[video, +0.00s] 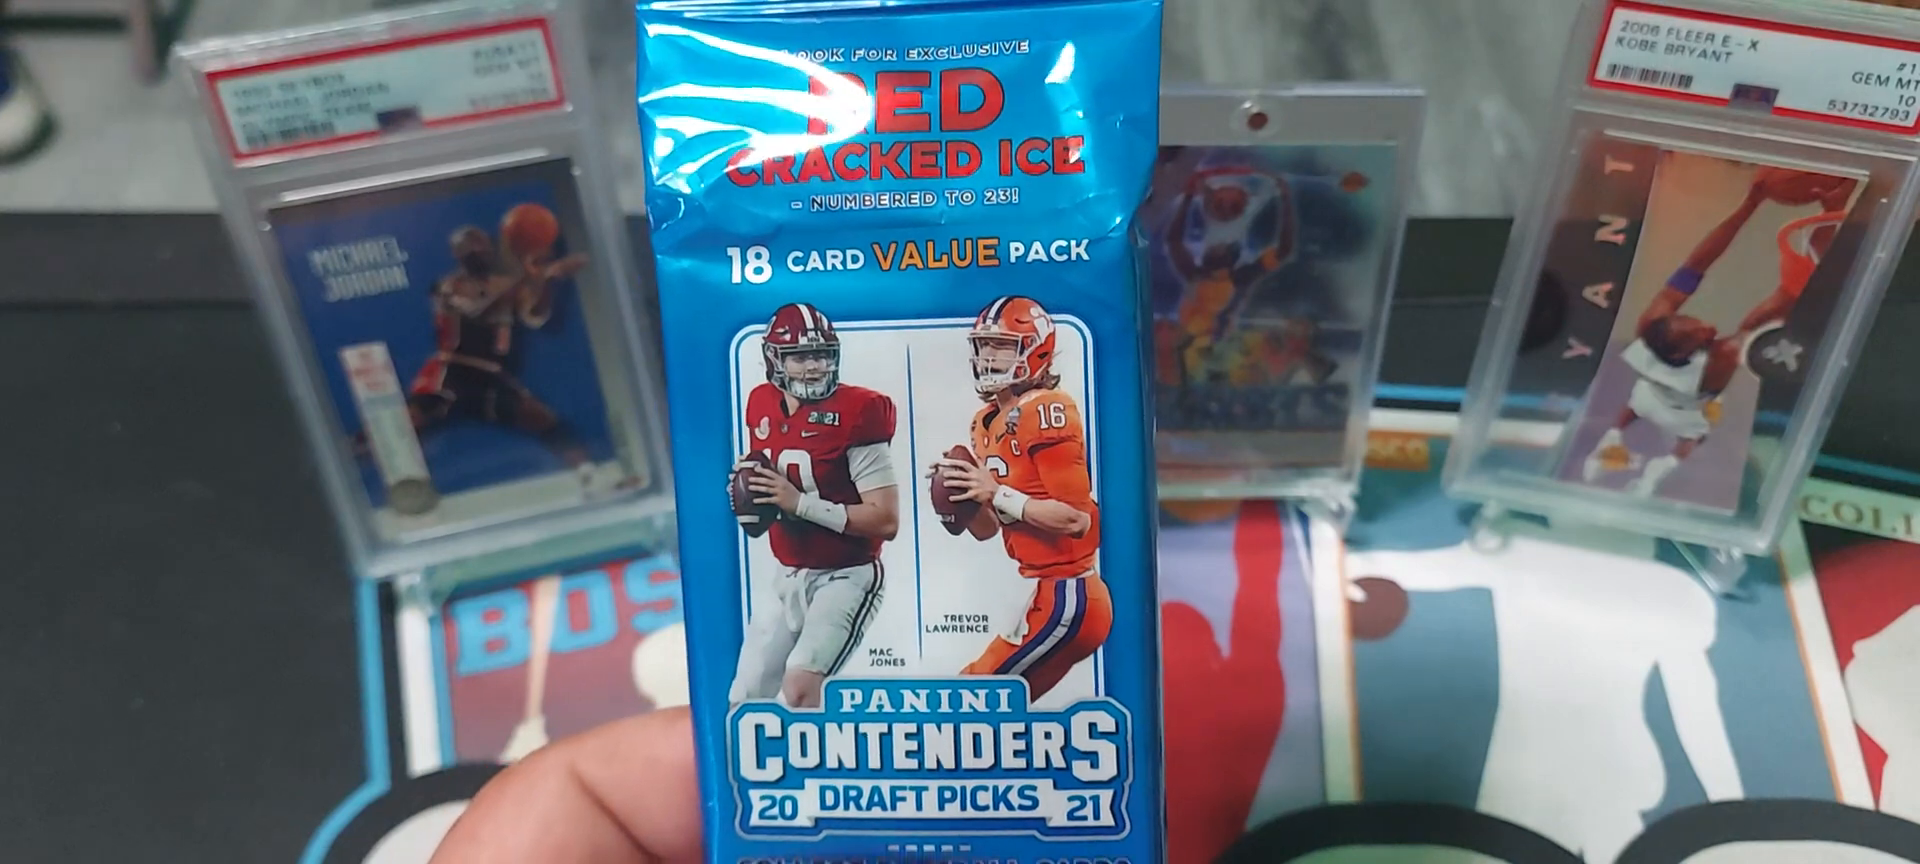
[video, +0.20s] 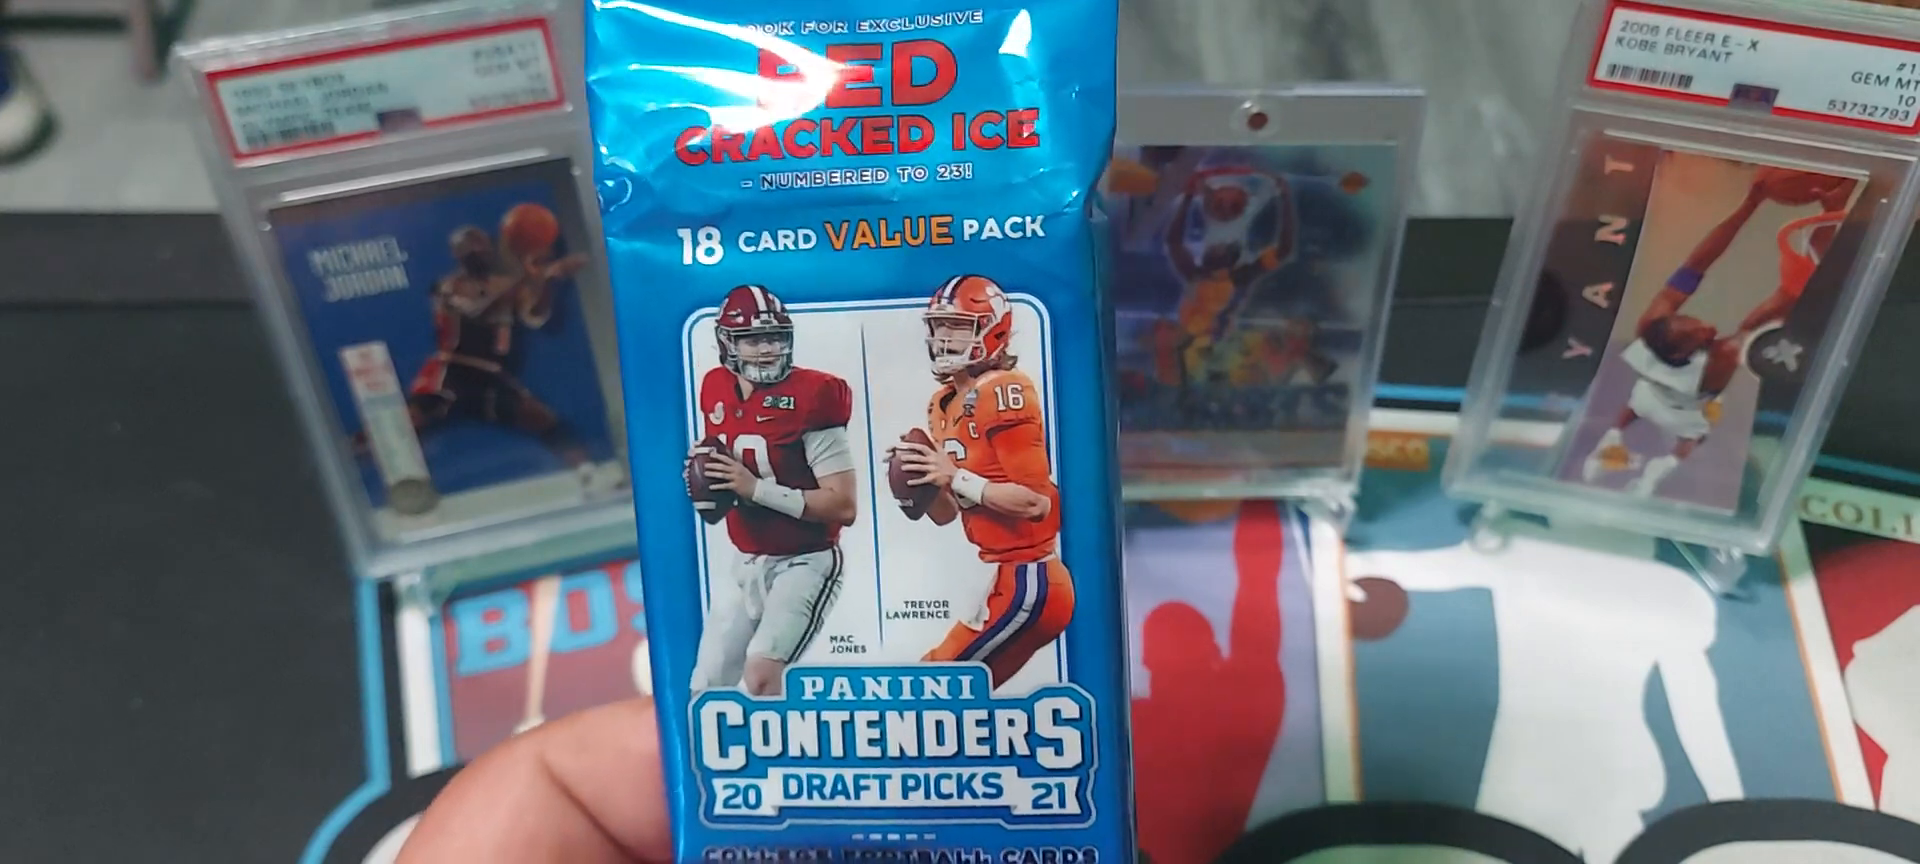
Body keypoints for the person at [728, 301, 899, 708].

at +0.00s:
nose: (813, 366)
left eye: (821, 355)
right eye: (800, 356)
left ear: (834, 357)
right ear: (776, 359)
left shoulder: (860, 411)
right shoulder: (762, 402)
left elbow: (885, 521)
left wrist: (798, 502)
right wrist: (745, 490)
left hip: (849, 576)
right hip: (788, 578)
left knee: (799, 689)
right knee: (744, 701)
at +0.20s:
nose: (765, 349)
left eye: (773, 338)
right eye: (752, 339)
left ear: (787, 339)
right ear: (728, 343)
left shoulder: (816, 395)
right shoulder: (716, 387)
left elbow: (843, 506)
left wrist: (755, 488)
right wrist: (702, 478)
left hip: (808, 561)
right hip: (746, 564)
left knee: (760, 677)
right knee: (705, 690)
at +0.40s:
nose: (852, 384)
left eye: (861, 372)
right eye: (838, 373)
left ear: (875, 375)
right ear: (813, 377)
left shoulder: (902, 432)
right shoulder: (802, 420)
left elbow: (925, 546)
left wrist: (836, 524)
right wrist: (783, 514)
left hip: (887, 602)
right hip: (826, 602)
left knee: (836, 715)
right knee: (779, 726)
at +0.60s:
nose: (940, 423)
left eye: (950, 411)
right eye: (926, 411)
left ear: (964, 414)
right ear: (900, 415)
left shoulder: (988, 475)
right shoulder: (884, 458)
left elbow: (1007, 594)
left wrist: (916, 566)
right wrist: (862, 552)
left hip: (965, 650)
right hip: (899, 645)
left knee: (907, 762)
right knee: (850, 767)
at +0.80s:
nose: (959, 402)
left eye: (968, 391)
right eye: (946, 391)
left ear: (982, 394)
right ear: (919, 393)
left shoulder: (1004, 453)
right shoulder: (901, 436)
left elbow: (1021, 570)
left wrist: (932, 544)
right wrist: (877, 527)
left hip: (977, 626)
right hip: (910, 621)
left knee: (916, 738)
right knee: (858, 743)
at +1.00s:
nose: (1003, 364)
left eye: (1014, 354)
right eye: (989, 352)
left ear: (1026, 358)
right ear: (963, 352)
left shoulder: (1045, 417)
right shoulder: (942, 394)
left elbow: (1053, 534)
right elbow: (933, 469)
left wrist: (966, 504)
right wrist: (911, 480)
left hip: (1006, 588)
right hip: (941, 580)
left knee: (937, 697)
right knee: (878, 698)